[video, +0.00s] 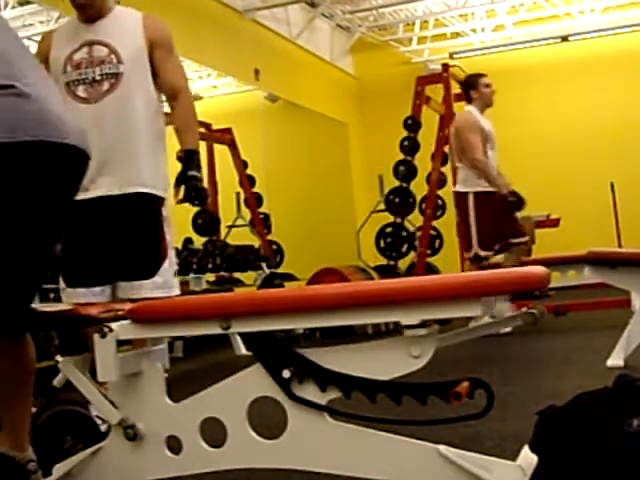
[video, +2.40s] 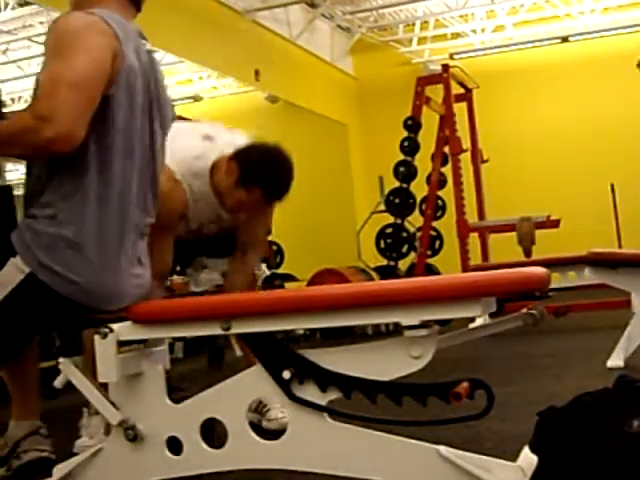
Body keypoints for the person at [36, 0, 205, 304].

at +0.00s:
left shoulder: (148, 30)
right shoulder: (51, 43)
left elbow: (179, 95)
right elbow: (38, 115)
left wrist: (191, 165)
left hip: (139, 186)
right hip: (76, 190)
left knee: (148, 304)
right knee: (84, 305)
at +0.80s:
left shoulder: (206, 24)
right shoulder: (110, 31)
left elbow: (240, 92)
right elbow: (88, 101)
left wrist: (261, 159)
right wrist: (61, 158)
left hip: (189, 180)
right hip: (123, 175)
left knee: (189, 290)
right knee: (82, 233)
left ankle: (193, 390)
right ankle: (81, 347)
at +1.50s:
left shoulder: (223, 32)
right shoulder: (120, 24)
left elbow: (246, 100)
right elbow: (92, 89)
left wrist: (256, 161)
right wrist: (76, 158)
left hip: (192, 189)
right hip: (126, 183)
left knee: (195, 304)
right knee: (109, 294)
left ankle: (195, 395)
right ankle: (117, 391)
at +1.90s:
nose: (204, 33)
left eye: (215, 26)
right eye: (200, 21)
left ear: (225, 20)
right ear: (182, 2)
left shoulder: (222, 48)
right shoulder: (126, 34)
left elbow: (230, 114)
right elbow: (106, 116)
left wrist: (239, 169)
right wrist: (122, 197)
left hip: (195, 197)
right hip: (131, 198)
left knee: (224, 306)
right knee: (128, 318)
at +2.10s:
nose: (238, 86)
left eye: (248, 80)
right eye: (235, 75)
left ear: (259, 72)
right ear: (218, 52)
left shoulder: (257, 89)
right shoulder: (161, 76)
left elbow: (259, 153)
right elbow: (138, 167)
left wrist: (247, 212)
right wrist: (144, 250)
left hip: (209, 196)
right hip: (150, 193)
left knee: (229, 302)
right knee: (146, 306)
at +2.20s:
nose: (247, 137)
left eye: (257, 133)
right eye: (245, 128)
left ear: (269, 120)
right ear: (232, 101)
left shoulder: (264, 120)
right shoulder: (168, 120)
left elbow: (264, 178)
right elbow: (149, 210)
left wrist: (250, 236)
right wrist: (153, 292)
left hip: (210, 209)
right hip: (159, 211)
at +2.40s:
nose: (247, 212)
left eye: (256, 207)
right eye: (246, 204)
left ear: (265, 196)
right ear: (231, 177)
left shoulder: (260, 188)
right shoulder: (173, 186)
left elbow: (247, 262)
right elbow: (156, 278)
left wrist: (243, 338)